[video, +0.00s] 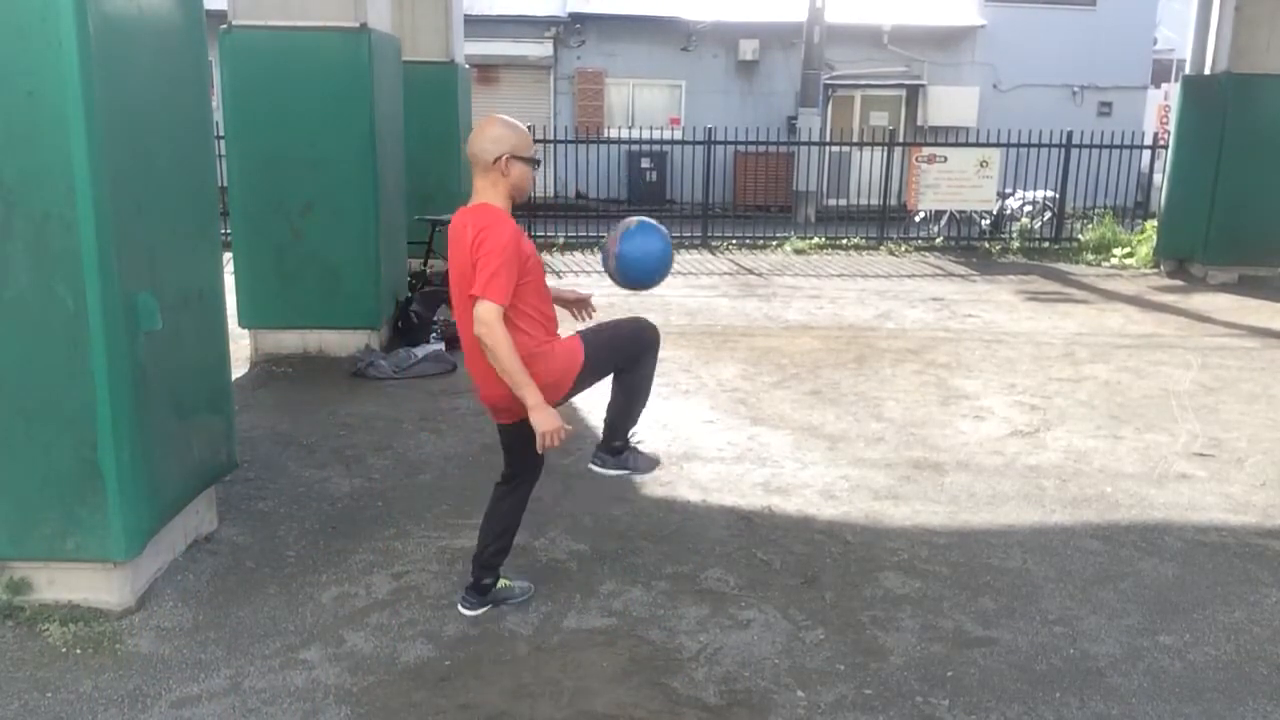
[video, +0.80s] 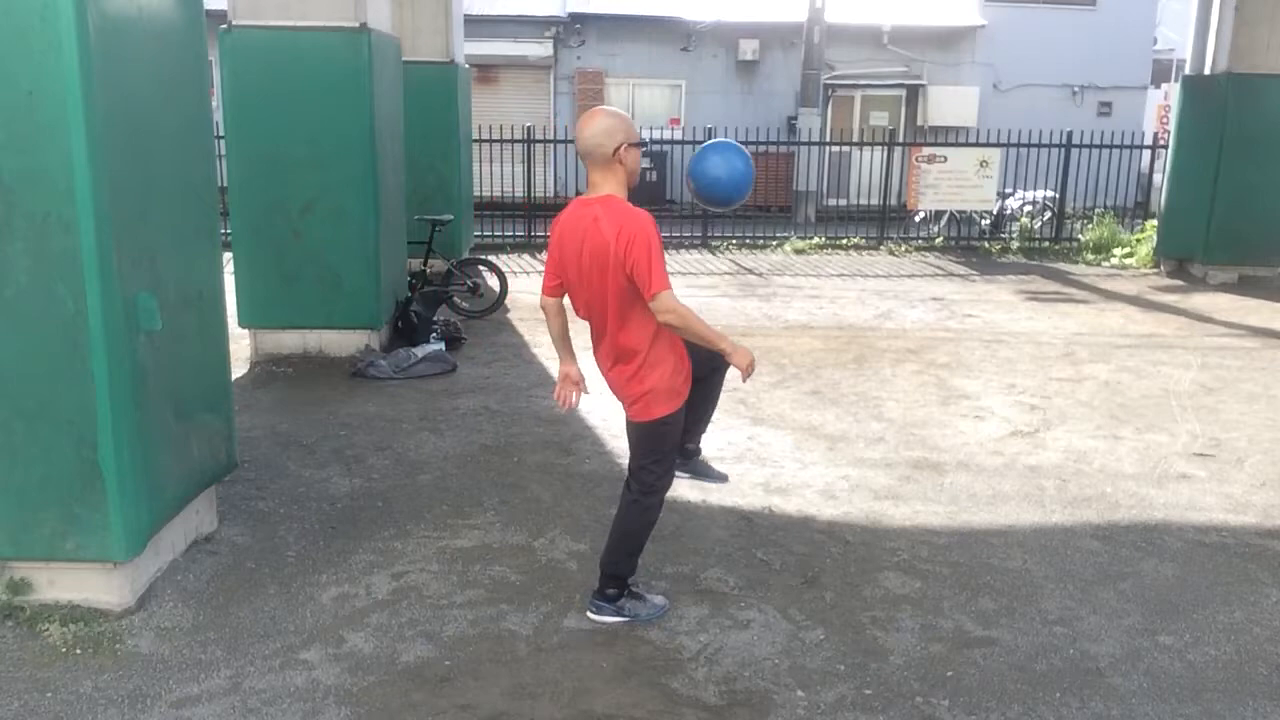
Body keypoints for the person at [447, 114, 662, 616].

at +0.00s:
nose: (535, 173)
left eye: (533, 163)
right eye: (530, 162)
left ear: (491, 166)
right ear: (505, 166)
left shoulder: (464, 222)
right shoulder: (501, 232)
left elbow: (501, 282)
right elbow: (487, 322)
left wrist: (554, 294)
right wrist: (535, 404)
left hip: (499, 385)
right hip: (535, 380)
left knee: (520, 471)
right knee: (641, 335)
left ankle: (481, 586)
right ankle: (614, 448)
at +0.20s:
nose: (553, 157)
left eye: (550, 147)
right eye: (547, 148)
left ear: (507, 157)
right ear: (523, 155)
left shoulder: (487, 213)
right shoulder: (525, 222)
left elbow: (516, 271)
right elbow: (516, 316)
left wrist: (572, 281)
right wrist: (547, 404)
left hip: (515, 376)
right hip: (558, 373)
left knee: (516, 475)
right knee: (659, 410)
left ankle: (481, 586)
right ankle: (622, 519)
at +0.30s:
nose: (572, 158)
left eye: (569, 148)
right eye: (567, 149)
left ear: (527, 160)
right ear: (544, 158)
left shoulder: (505, 217)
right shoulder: (550, 226)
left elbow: (505, 298)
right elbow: (550, 318)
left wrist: (571, 306)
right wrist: (586, 402)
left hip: (536, 382)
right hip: (583, 383)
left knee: (527, 476)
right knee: (638, 472)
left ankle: (483, 583)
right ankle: (617, 586)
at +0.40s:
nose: (592, 161)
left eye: (590, 151)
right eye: (588, 152)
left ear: (542, 160)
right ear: (570, 158)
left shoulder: (521, 219)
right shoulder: (572, 230)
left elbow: (508, 285)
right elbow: (585, 321)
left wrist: (558, 318)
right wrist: (634, 395)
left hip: (560, 381)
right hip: (594, 388)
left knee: (597, 462)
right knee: (638, 482)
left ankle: (518, 543)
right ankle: (612, 595)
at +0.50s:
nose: (606, 165)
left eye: (605, 156)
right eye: (604, 156)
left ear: (552, 159)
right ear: (589, 160)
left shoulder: (524, 223)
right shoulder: (590, 231)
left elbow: (504, 296)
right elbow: (617, 321)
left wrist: (535, 341)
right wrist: (675, 380)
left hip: (582, 375)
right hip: (612, 382)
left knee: (672, 403)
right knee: (641, 488)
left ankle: (600, 480)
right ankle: (610, 595)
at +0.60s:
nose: (620, 165)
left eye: (619, 156)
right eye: (618, 156)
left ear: (566, 159)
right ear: (604, 160)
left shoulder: (540, 226)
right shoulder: (611, 230)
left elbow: (522, 304)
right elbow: (642, 315)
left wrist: (537, 368)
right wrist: (709, 356)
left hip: (600, 357)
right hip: (636, 366)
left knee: (709, 314)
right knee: (644, 485)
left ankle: (679, 421)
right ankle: (610, 594)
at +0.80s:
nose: (642, 156)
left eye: (639, 146)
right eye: (637, 148)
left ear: (589, 157)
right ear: (620, 155)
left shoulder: (566, 222)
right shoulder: (635, 224)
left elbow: (551, 299)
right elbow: (662, 306)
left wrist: (567, 362)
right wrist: (729, 346)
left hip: (618, 357)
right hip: (653, 364)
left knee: (713, 356)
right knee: (648, 482)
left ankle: (683, 450)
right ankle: (610, 594)